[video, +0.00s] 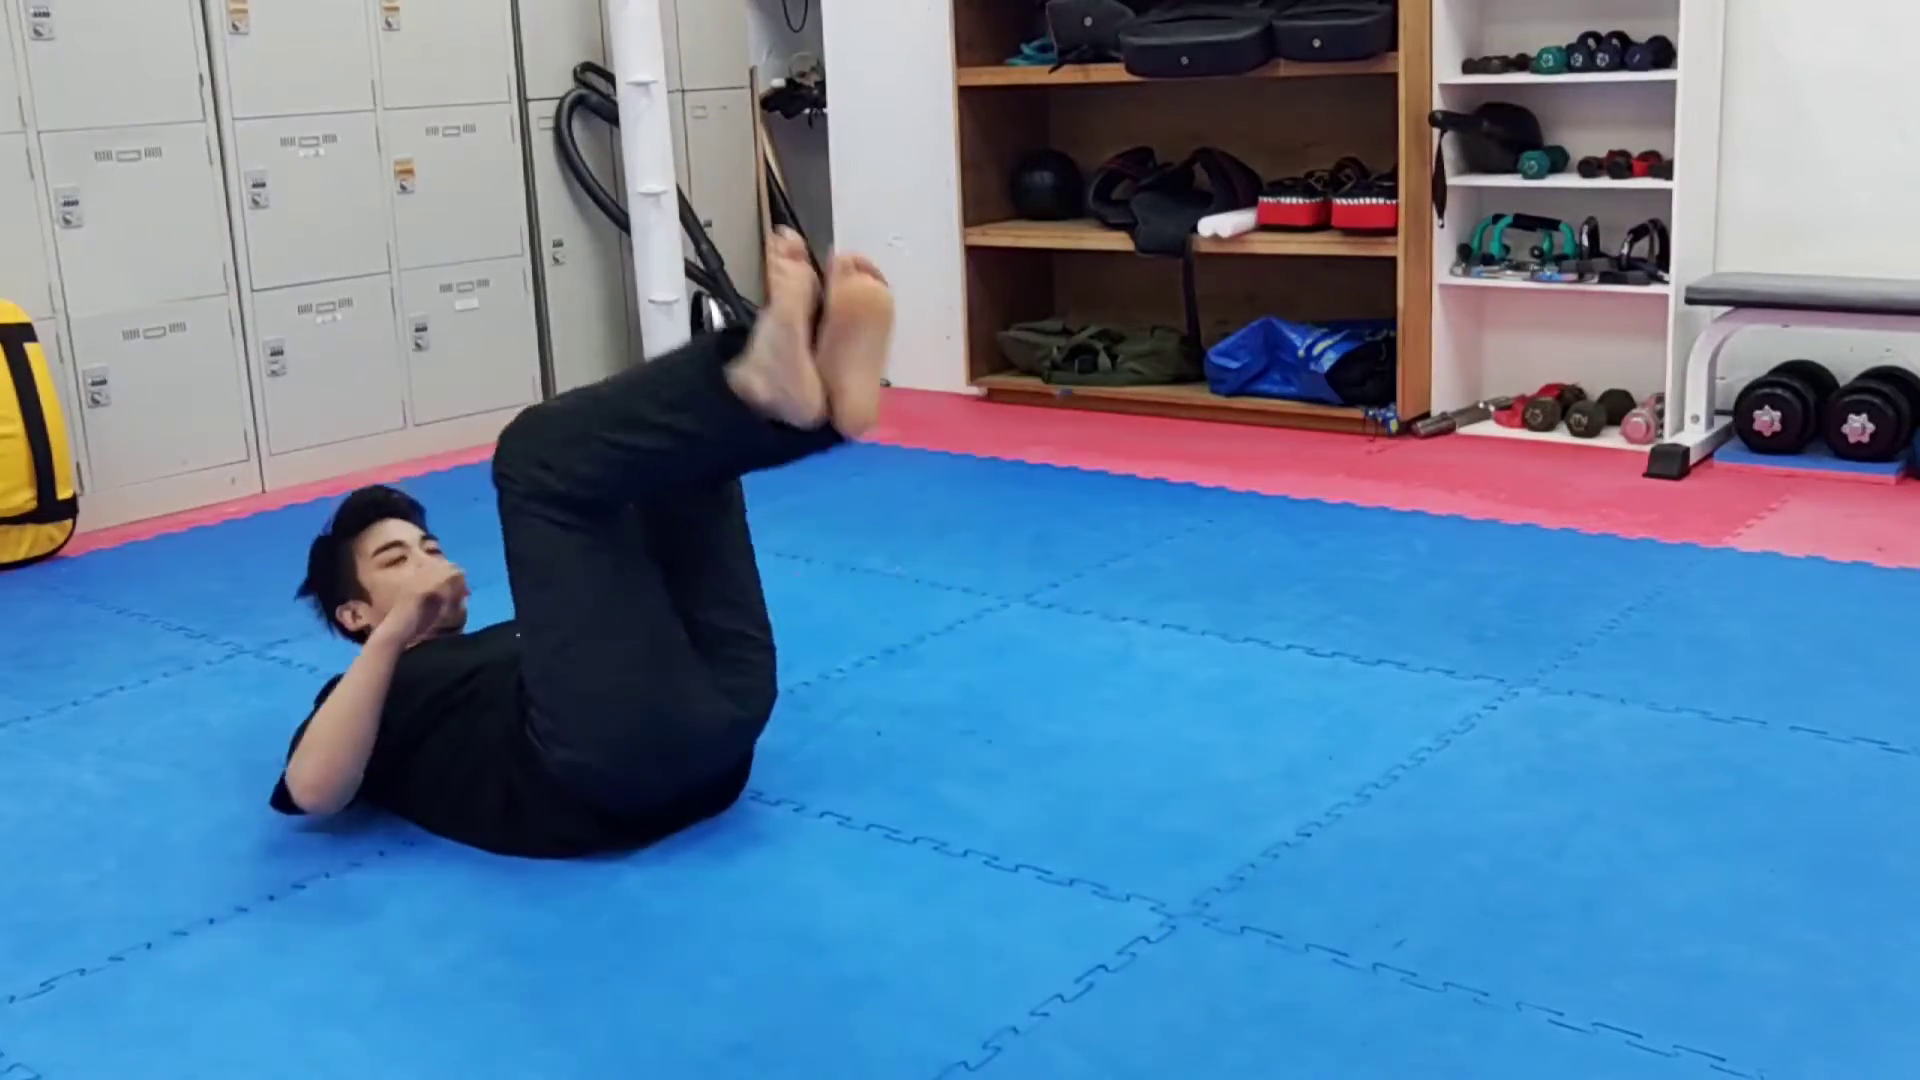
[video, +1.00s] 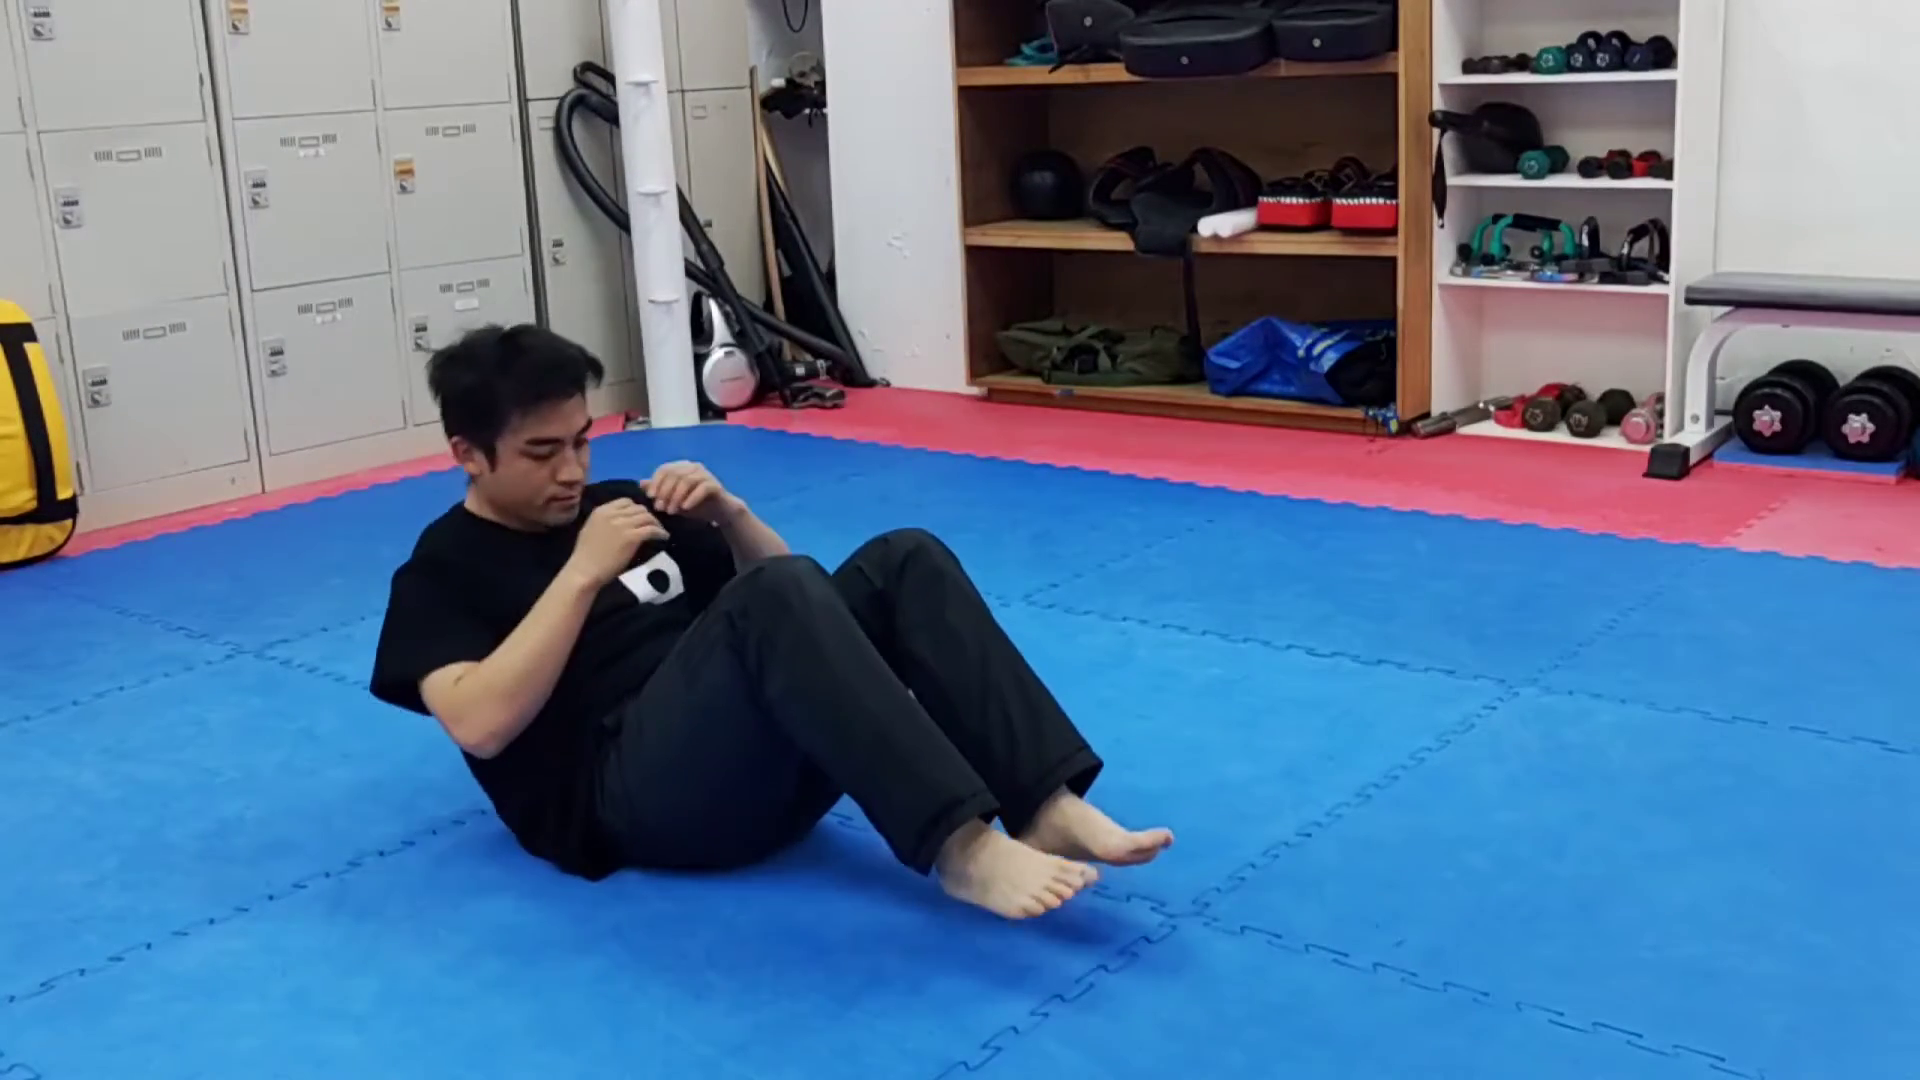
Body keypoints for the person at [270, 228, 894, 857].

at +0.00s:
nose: (429, 565)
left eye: (431, 549)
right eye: (392, 560)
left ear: (455, 571)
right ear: (355, 615)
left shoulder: (516, 641)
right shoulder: (362, 697)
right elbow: (310, 794)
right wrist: (388, 641)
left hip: (716, 733)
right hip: (613, 762)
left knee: (661, 446)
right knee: (534, 454)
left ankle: (819, 402)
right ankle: (751, 380)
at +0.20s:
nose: (452, 543)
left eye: (452, 524)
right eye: (417, 538)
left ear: (471, 535)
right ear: (371, 584)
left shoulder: (531, 606)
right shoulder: (364, 683)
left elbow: (624, 653)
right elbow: (365, 773)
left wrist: (607, 562)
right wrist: (464, 631)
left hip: (737, 745)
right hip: (623, 790)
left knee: (757, 458)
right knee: (625, 501)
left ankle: (928, 550)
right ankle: (896, 575)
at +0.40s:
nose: (512, 494)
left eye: (516, 470)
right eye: (482, 482)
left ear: (528, 466)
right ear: (417, 504)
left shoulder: (577, 556)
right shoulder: (402, 618)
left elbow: (722, 615)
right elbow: (426, 746)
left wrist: (678, 547)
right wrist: (543, 599)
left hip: (748, 771)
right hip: (628, 809)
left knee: (851, 543)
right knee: (737, 573)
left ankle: (1039, 745)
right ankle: (959, 780)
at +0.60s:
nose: (586, 468)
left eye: (593, 441)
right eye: (557, 451)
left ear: (603, 426)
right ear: (481, 450)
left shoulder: (627, 503)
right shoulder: (441, 573)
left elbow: (764, 602)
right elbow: (476, 729)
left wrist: (741, 543)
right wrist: (589, 585)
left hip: (770, 758)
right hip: (649, 807)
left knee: (882, 550)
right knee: (752, 586)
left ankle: (1041, 780)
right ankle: (962, 823)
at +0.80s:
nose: (603, 460)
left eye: (612, 433)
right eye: (575, 442)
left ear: (622, 412)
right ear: (497, 438)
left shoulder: (644, 494)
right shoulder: (452, 561)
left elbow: (783, 602)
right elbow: (487, 725)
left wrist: (759, 535)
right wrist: (609, 589)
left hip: (772, 758)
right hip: (649, 806)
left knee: (898, 561)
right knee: (774, 602)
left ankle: (1047, 805)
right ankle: (961, 860)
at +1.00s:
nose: (576, 470)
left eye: (581, 443)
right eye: (546, 454)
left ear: (589, 425)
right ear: (471, 457)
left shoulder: (622, 502)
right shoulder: (440, 575)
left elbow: (776, 590)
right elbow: (477, 722)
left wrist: (724, 512)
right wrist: (582, 572)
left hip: (773, 753)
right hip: (651, 801)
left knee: (904, 561)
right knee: (777, 588)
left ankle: (1048, 802)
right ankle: (961, 843)